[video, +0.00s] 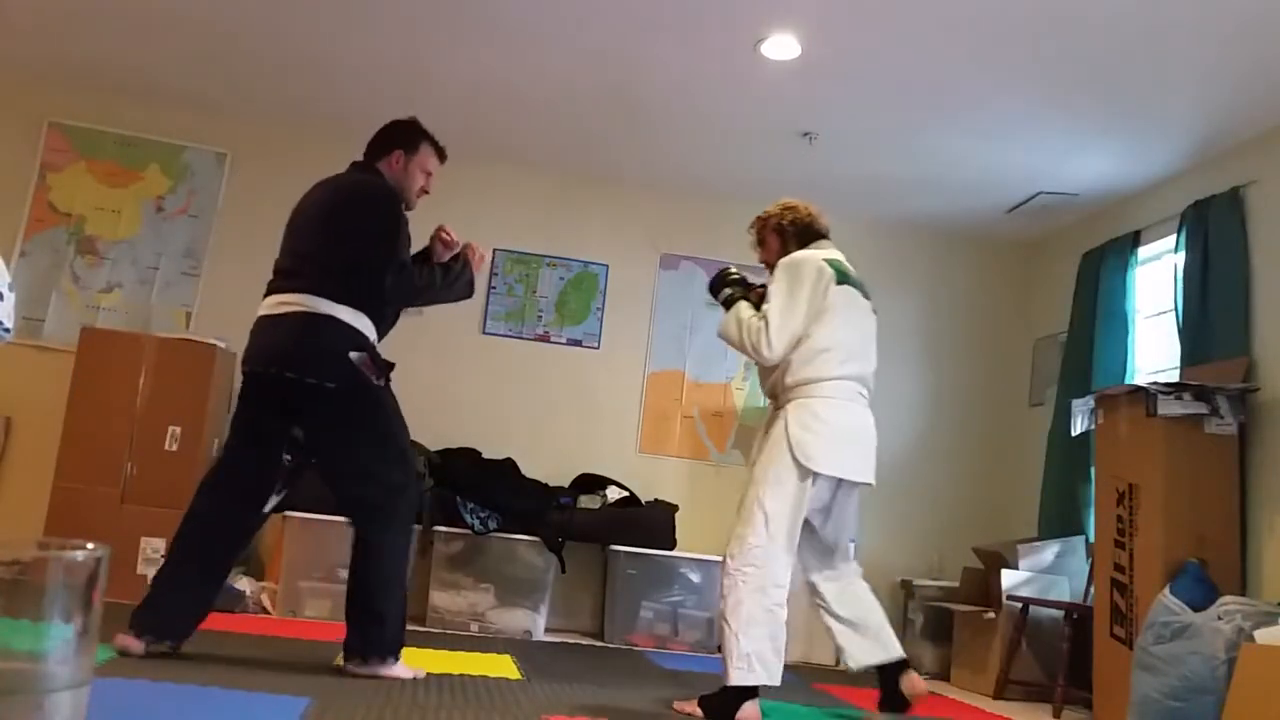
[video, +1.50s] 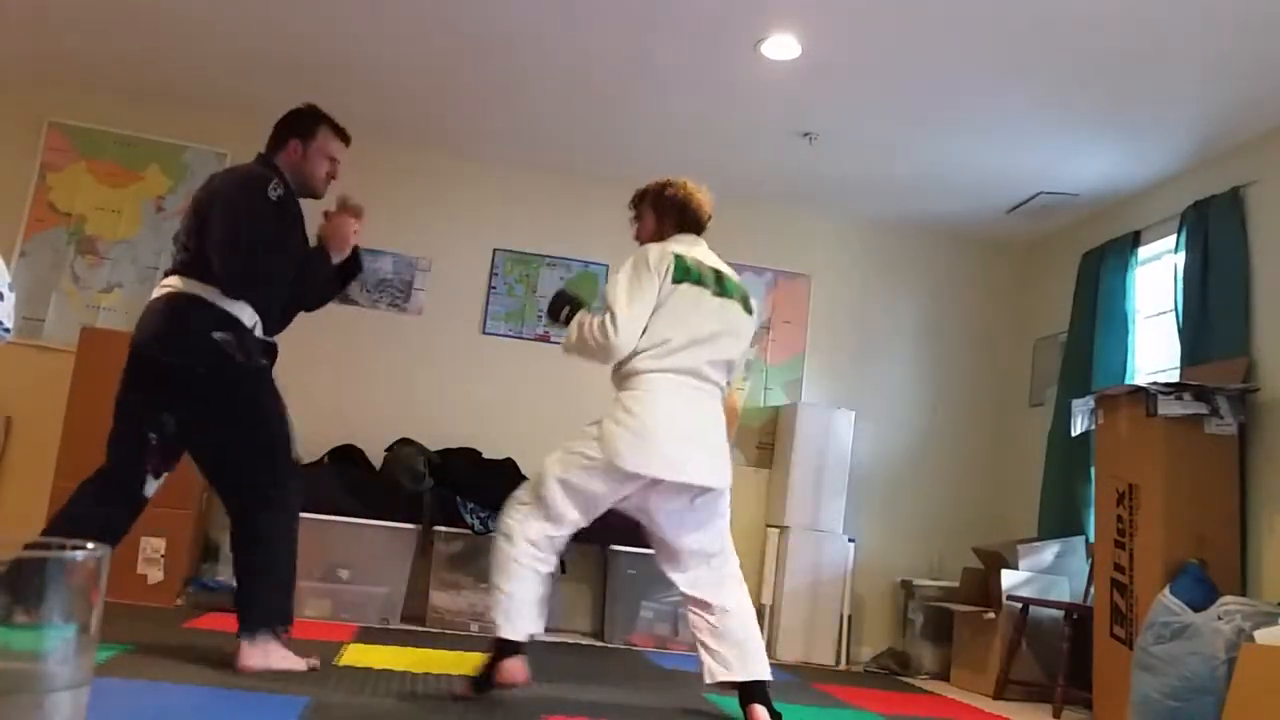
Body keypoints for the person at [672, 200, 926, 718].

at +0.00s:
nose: (761, 255)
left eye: (762, 244)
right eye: (759, 247)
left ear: (779, 235)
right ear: (813, 235)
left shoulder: (798, 267)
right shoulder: (853, 286)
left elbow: (767, 344)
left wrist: (733, 301)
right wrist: (761, 303)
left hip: (807, 425)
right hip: (854, 432)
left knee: (755, 552)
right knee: (830, 560)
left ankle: (741, 687)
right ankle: (893, 670)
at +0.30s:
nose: (747, 274)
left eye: (750, 263)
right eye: (746, 265)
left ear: (770, 258)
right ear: (795, 258)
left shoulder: (783, 289)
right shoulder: (831, 301)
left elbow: (750, 364)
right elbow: (787, 371)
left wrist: (720, 317)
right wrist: (745, 322)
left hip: (792, 445)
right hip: (835, 454)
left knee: (694, 533)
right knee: (793, 578)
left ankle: (716, 663)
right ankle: (836, 691)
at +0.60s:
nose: (690, 255)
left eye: (695, 246)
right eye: (692, 247)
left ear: (712, 246)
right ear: (744, 252)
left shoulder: (717, 275)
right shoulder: (780, 313)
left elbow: (696, 321)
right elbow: (791, 386)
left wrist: (639, 292)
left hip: (715, 434)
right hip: (768, 446)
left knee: (625, 528)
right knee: (780, 564)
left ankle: (551, 648)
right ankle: (832, 683)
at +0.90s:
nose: (625, 218)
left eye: (630, 210)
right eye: (627, 210)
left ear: (645, 211)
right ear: (686, 219)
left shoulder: (630, 247)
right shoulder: (716, 284)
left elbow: (546, 284)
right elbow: (724, 374)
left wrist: (481, 270)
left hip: (639, 427)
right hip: (698, 435)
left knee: (556, 537)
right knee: (700, 542)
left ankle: (515, 666)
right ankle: (776, 648)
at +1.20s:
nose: (643, 229)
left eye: (646, 219)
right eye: (643, 220)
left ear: (668, 216)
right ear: (705, 222)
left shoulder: (659, 252)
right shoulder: (745, 292)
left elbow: (610, 327)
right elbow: (732, 372)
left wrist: (569, 301)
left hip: (642, 432)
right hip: (710, 447)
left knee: (550, 539)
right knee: (716, 572)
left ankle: (502, 661)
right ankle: (757, 701)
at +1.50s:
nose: (635, 229)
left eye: (639, 218)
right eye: (635, 219)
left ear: (664, 217)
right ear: (694, 222)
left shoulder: (653, 258)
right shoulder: (738, 291)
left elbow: (615, 338)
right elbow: (730, 373)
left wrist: (571, 317)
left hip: (639, 430)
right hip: (705, 445)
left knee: (531, 514)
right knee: (715, 573)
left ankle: (508, 652)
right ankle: (758, 704)